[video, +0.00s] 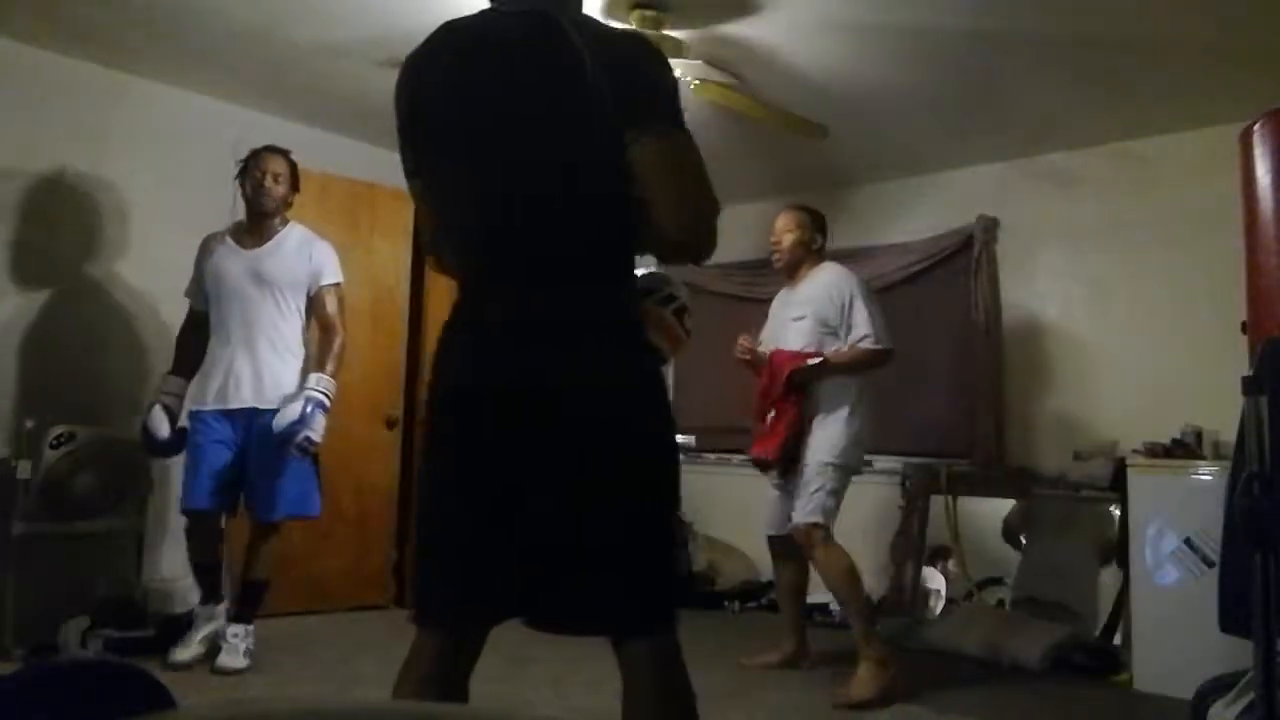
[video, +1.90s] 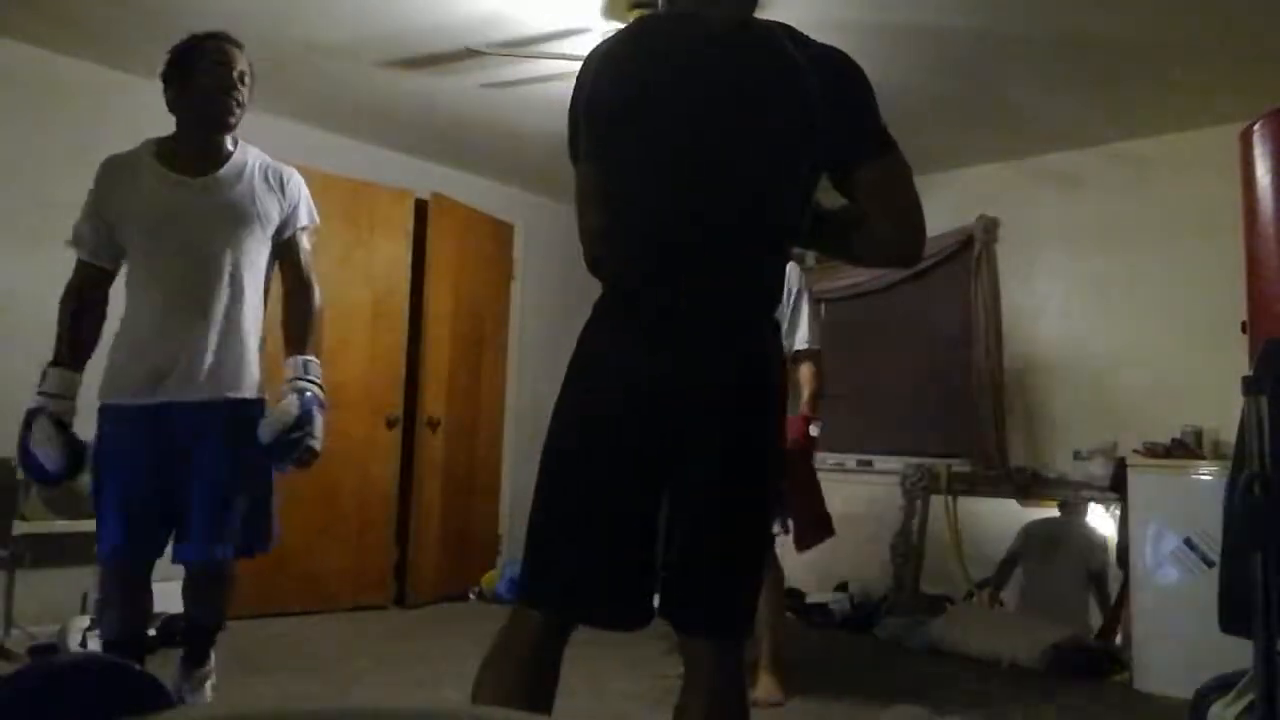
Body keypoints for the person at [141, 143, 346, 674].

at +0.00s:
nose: (264, 184)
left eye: (275, 179)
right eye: (256, 176)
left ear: (292, 193)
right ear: (240, 185)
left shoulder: (312, 251)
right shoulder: (213, 249)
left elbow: (332, 330)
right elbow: (195, 328)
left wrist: (316, 399)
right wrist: (170, 395)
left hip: (278, 408)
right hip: (212, 405)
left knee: (265, 522)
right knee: (200, 510)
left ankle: (242, 628)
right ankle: (209, 612)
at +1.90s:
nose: (237, 92)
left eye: (244, 82)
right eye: (220, 78)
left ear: (251, 95)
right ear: (174, 86)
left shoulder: (276, 183)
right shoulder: (121, 176)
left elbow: (300, 286)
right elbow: (87, 289)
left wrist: (304, 383)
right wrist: (54, 400)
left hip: (229, 404)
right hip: (134, 403)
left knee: (212, 559)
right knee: (123, 560)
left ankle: (195, 678)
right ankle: (124, 690)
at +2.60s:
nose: (317, 70)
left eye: (315, 57)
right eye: (301, 52)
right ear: (244, 53)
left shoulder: (278, 168)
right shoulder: (163, 121)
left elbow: (271, 298)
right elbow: (117, 264)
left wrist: (313, 390)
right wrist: (151, 383)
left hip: (268, 407)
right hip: (189, 404)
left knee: (236, 587)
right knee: (182, 588)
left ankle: (190, 711)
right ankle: (108, 694)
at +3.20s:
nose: (320, 66)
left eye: (321, 48)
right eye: (320, 44)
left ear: (233, 23)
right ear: (303, 33)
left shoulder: (156, 91)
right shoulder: (268, 81)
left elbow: (97, 244)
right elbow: (298, 241)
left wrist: (109, 364)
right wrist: (345, 388)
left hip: (117, 379)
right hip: (193, 389)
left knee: (122, 609)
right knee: (156, 621)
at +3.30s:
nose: (316, 60)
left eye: (317, 42)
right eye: (317, 41)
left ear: (230, 23)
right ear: (302, 32)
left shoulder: (152, 93)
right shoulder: (277, 83)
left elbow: (79, 239)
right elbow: (311, 240)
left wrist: (64, 366)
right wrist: (364, 388)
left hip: (111, 382)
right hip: (196, 392)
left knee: (132, 596)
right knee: (152, 610)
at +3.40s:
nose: (309, 65)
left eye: (311, 50)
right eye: (311, 49)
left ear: (227, 30)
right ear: (301, 37)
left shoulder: (149, 100)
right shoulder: (283, 90)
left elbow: (76, 236)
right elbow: (317, 241)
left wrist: (50, 376)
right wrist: (372, 392)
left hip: (113, 384)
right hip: (202, 395)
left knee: (130, 601)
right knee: (146, 614)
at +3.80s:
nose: (297, 76)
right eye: (296, 64)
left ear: (216, 64)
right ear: (291, 63)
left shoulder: (155, 130)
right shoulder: (306, 135)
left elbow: (100, 262)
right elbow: (316, 263)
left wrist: (86, 388)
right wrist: (344, 397)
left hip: (142, 393)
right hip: (242, 401)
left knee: (145, 586)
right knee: (251, 588)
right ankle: (155, 718)